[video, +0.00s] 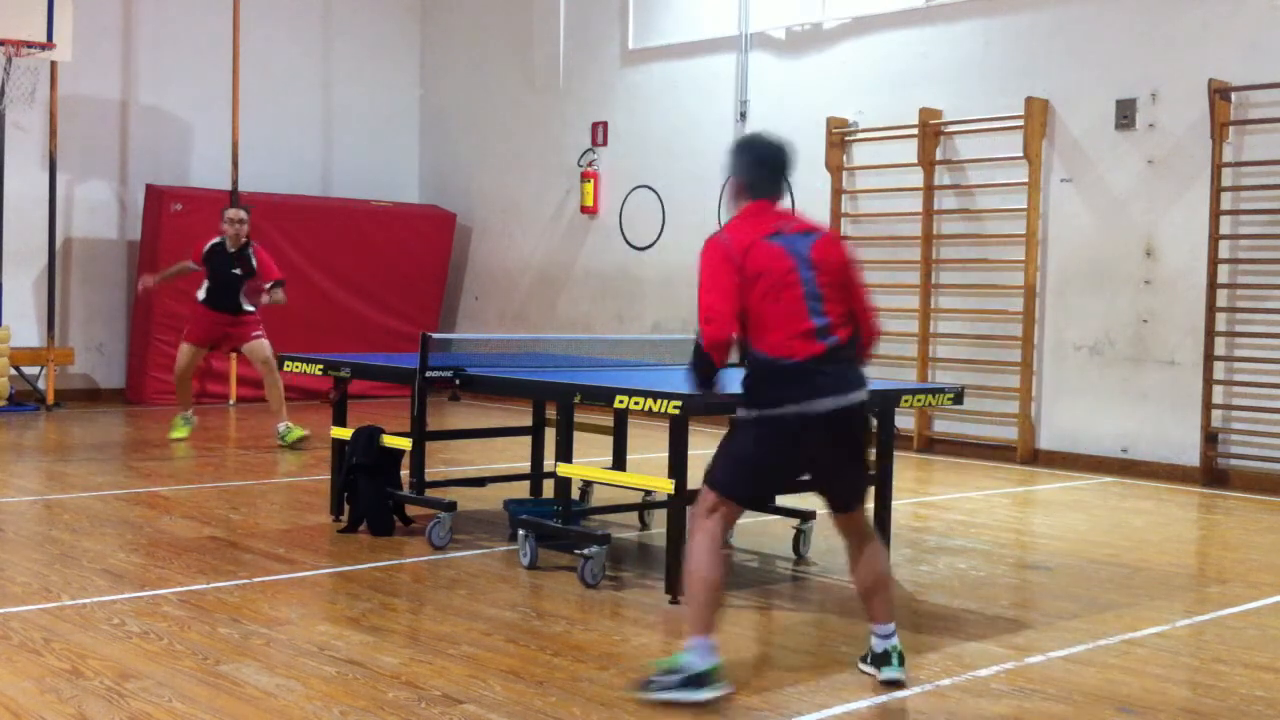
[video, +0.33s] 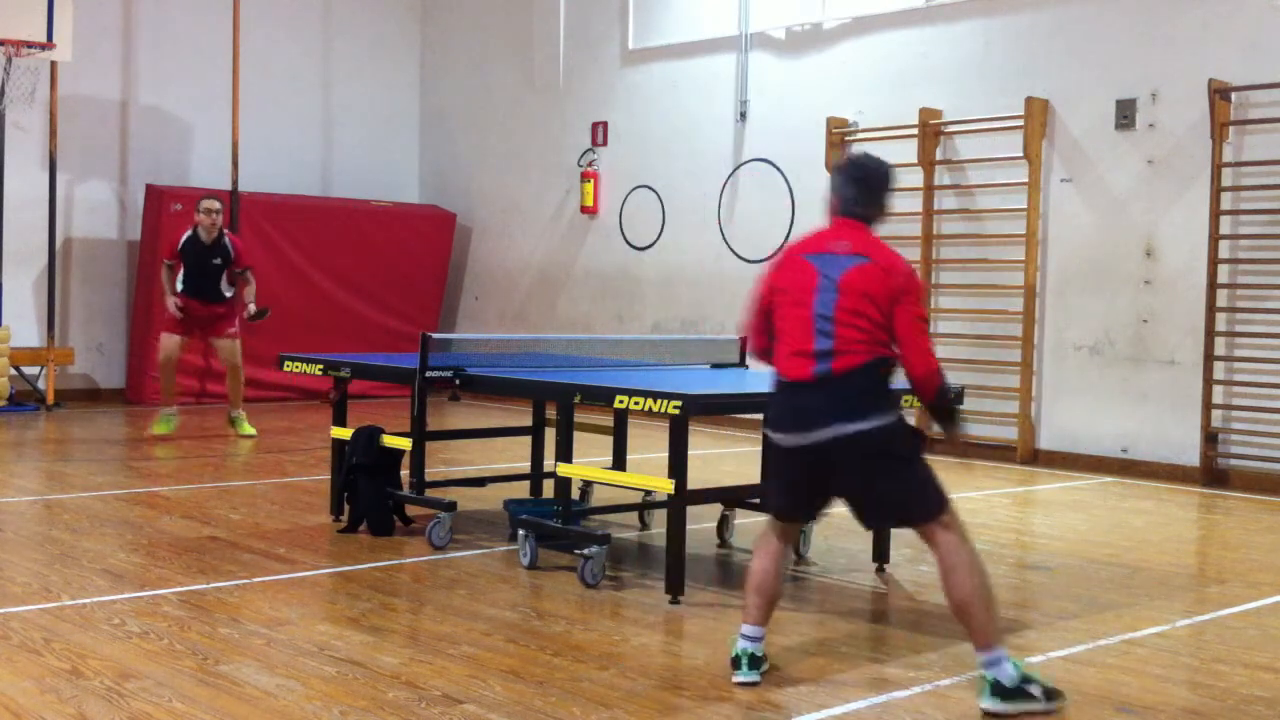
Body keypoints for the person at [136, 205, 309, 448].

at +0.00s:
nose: (235, 228)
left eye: (240, 223)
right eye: (230, 222)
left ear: (248, 226)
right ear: (222, 225)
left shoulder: (256, 254)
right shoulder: (212, 248)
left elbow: (279, 295)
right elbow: (189, 266)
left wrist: (266, 298)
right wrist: (156, 278)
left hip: (243, 320)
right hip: (208, 316)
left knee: (267, 362)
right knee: (181, 369)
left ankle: (283, 426)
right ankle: (185, 417)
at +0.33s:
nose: (213, 218)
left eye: (218, 213)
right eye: (208, 213)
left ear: (223, 217)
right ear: (196, 216)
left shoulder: (230, 244)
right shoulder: (184, 240)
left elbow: (246, 277)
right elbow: (168, 265)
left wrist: (250, 303)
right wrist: (169, 295)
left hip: (221, 311)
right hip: (186, 308)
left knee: (235, 363)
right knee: (166, 357)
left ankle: (237, 414)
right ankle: (168, 412)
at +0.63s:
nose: (183, 235)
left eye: (187, 230)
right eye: (177, 229)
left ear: (192, 234)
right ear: (165, 233)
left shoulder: (196, 259)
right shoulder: (151, 256)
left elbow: (212, 286)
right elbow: (133, 286)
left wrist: (228, 308)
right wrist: (132, 309)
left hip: (189, 323)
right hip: (152, 322)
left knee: (215, 368)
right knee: (126, 369)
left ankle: (232, 420)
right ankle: (101, 424)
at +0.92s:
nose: (147, 218)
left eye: (151, 213)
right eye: (141, 213)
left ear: (154, 217)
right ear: (127, 216)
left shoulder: (152, 245)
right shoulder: (110, 239)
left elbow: (159, 273)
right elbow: (77, 271)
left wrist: (179, 302)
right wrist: (87, 293)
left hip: (135, 312)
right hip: (102, 309)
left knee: (157, 360)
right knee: (92, 363)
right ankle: (71, 413)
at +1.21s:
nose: (118, 245)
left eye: (122, 241)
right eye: (112, 240)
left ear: (124, 245)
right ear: (98, 242)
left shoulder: (116, 274)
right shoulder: (78, 264)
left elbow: (114, 310)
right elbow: (49, 305)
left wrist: (131, 331)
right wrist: (78, 333)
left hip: (91, 329)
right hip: (59, 326)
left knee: (135, 371)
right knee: (42, 380)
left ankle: (116, 426)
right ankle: (1, 424)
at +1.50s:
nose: (86, 225)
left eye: (90, 221)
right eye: (81, 220)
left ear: (94, 225)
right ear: (67, 222)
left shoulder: (93, 257)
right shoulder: (49, 248)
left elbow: (112, 286)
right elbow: (17, 276)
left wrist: (106, 293)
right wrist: (35, 284)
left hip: (75, 321)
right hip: (41, 320)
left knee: (117, 372)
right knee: (28, 376)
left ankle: (113, 427)